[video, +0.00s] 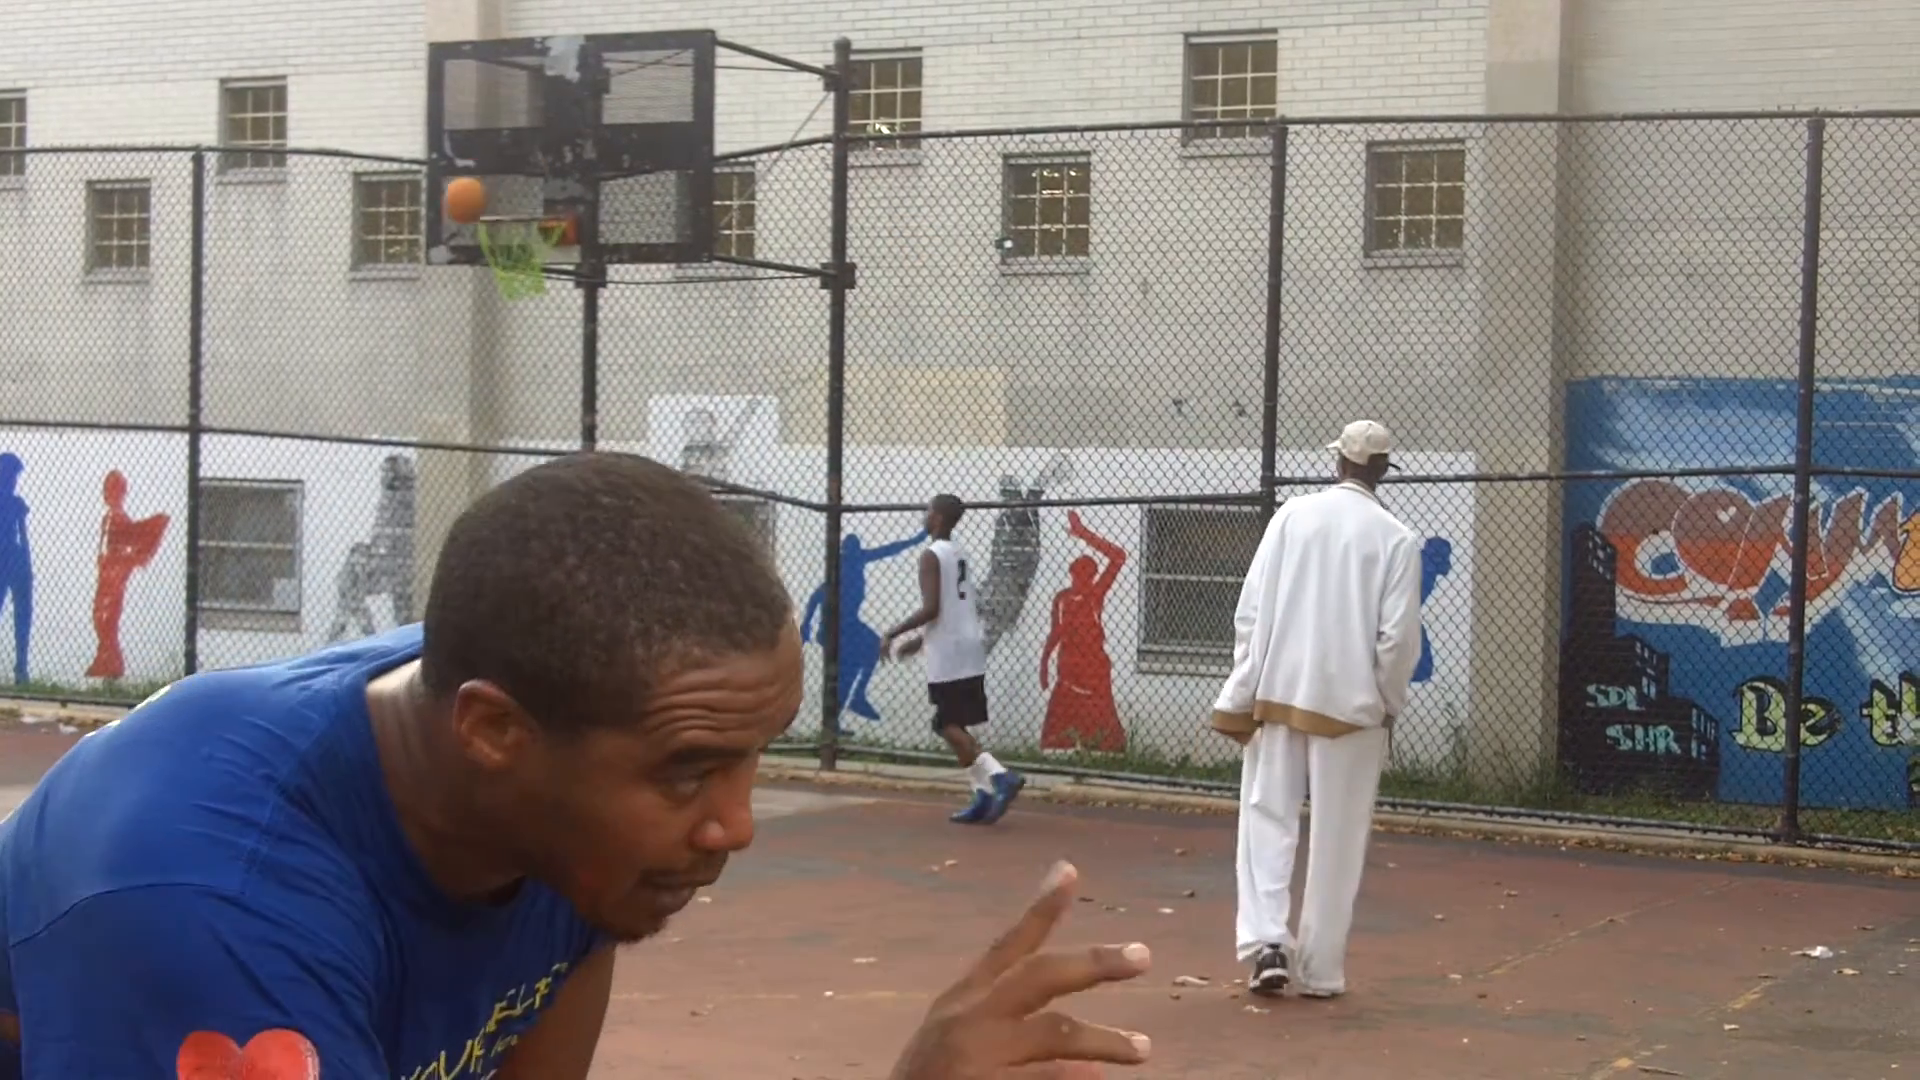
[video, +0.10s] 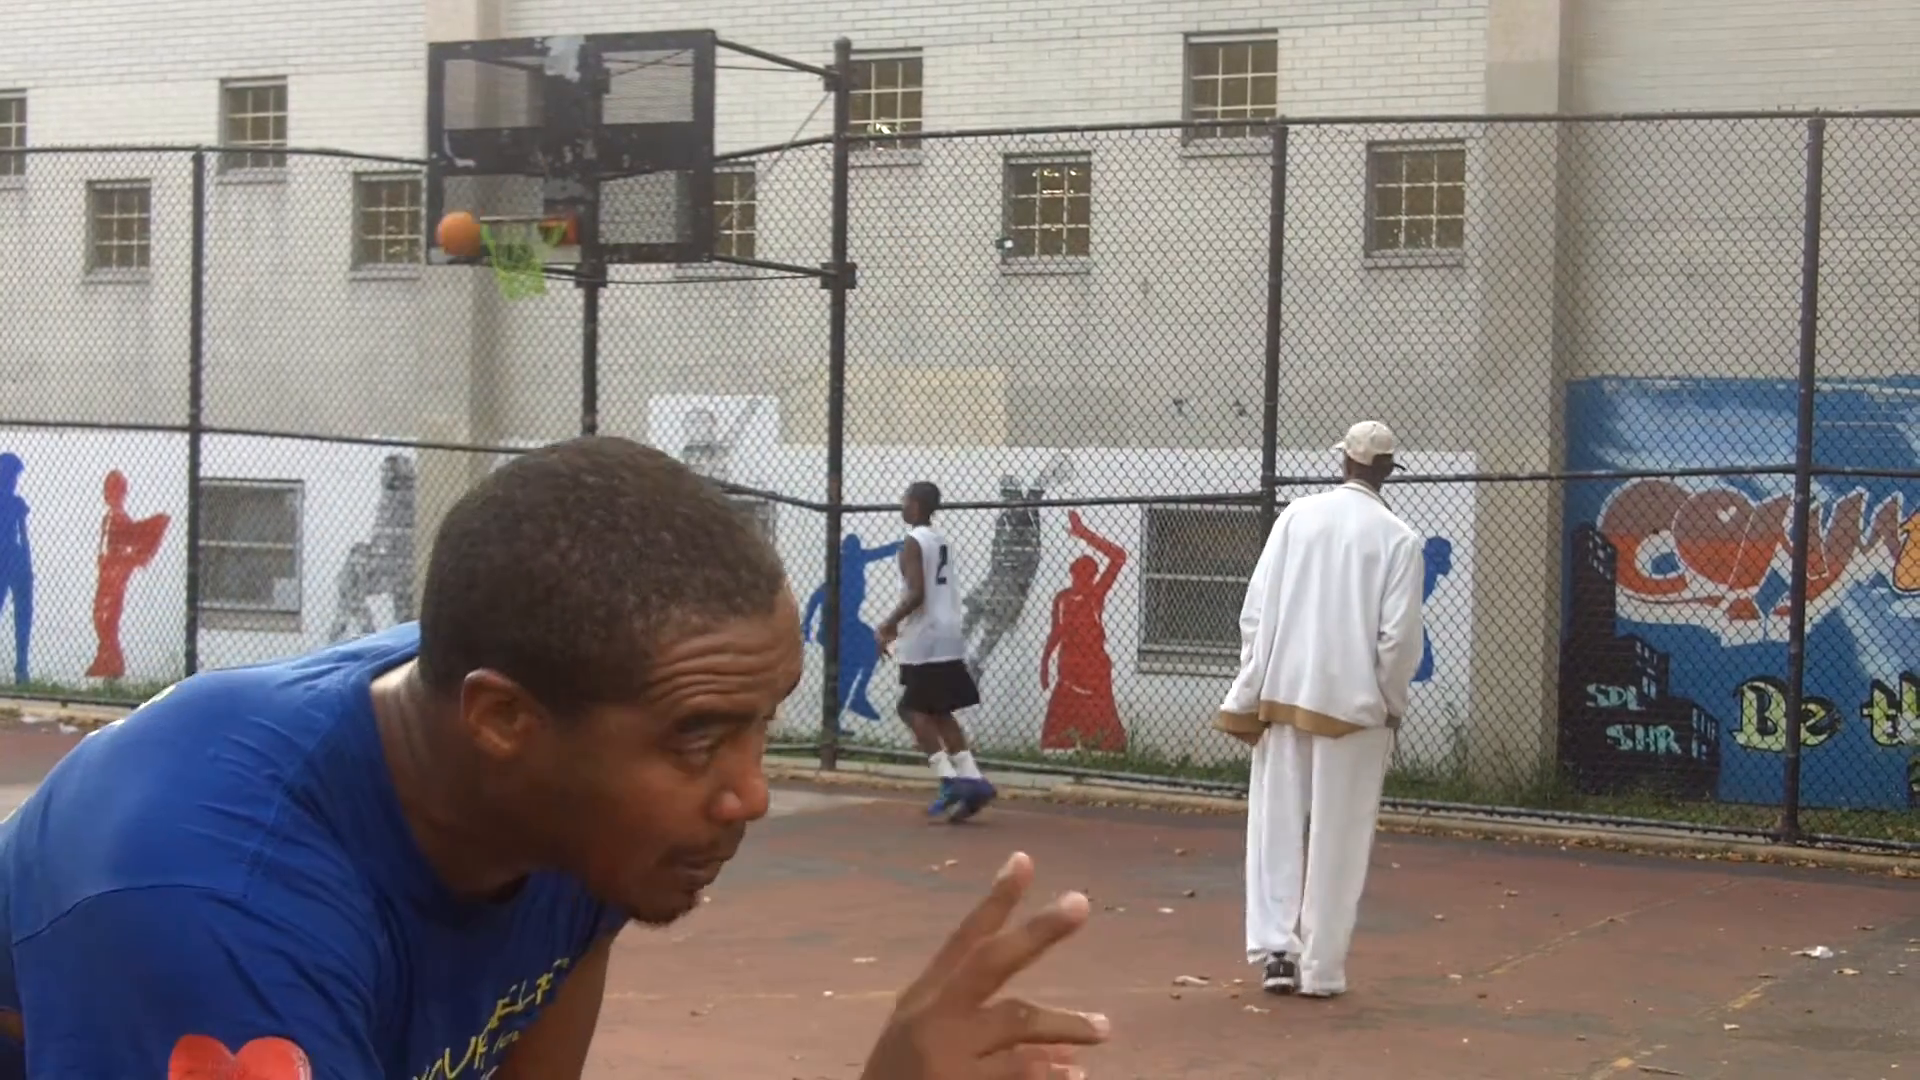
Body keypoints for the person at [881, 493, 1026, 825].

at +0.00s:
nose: (926, 517)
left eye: (930, 512)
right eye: (928, 511)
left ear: (939, 518)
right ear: (950, 521)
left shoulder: (931, 555)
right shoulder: (957, 553)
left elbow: (930, 609)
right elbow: (953, 614)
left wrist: (891, 632)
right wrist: (921, 640)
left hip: (948, 654)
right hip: (968, 650)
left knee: (947, 724)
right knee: (951, 724)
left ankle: (999, 775)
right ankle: (982, 792)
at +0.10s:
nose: (902, 505)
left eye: (906, 500)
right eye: (905, 500)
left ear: (916, 506)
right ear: (930, 509)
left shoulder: (912, 543)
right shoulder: (939, 541)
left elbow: (915, 595)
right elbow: (932, 598)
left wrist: (887, 625)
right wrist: (897, 629)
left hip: (925, 645)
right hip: (949, 643)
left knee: (912, 709)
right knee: (940, 711)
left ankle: (949, 779)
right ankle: (972, 778)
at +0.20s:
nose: (876, 515)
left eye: (879, 509)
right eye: (877, 509)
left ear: (890, 512)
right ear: (904, 514)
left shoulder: (889, 546)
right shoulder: (917, 544)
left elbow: (898, 598)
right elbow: (916, 601)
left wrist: (875, 636)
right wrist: (880, 634)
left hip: (904, 650)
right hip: (931, 648)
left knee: (876, 707)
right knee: (925, 713)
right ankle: (955, 787)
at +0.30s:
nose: (847, 533)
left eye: (851, 528)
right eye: (848, 527)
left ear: (864, 530)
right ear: (875, 531)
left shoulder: (864, 567)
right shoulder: (889, 562)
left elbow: (880, 614)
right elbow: (891, 617)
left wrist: (854, 650)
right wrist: (852, 636)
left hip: (885, 658)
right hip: (916, 656)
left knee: (843, 710)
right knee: (916, 724)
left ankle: (835, 788)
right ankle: (957, 790)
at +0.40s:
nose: (816, 542)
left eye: (817, 536)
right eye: (816, 536)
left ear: (825, 537)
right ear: (843, 535)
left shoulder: (831, 568)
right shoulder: (861, 563)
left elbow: (841, 619)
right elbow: (857, 616)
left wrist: (811, 655)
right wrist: (826, 644)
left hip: (852, 659)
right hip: (884, 657)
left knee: (819, 713)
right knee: (872, 732)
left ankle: (827, 791)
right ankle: (927, 768)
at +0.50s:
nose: (790, 544)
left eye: (791, 538)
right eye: (791, 538)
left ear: (798, 539)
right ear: (818, 538)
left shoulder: (800, 570)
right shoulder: (838, 565)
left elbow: (794, 623)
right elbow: (863, 610)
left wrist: (771, 641)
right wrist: (846, 633)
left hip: (824, 653)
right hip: (856, 651)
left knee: (798, 720)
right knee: (828, 724)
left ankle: (826, 788)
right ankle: (874, 760)